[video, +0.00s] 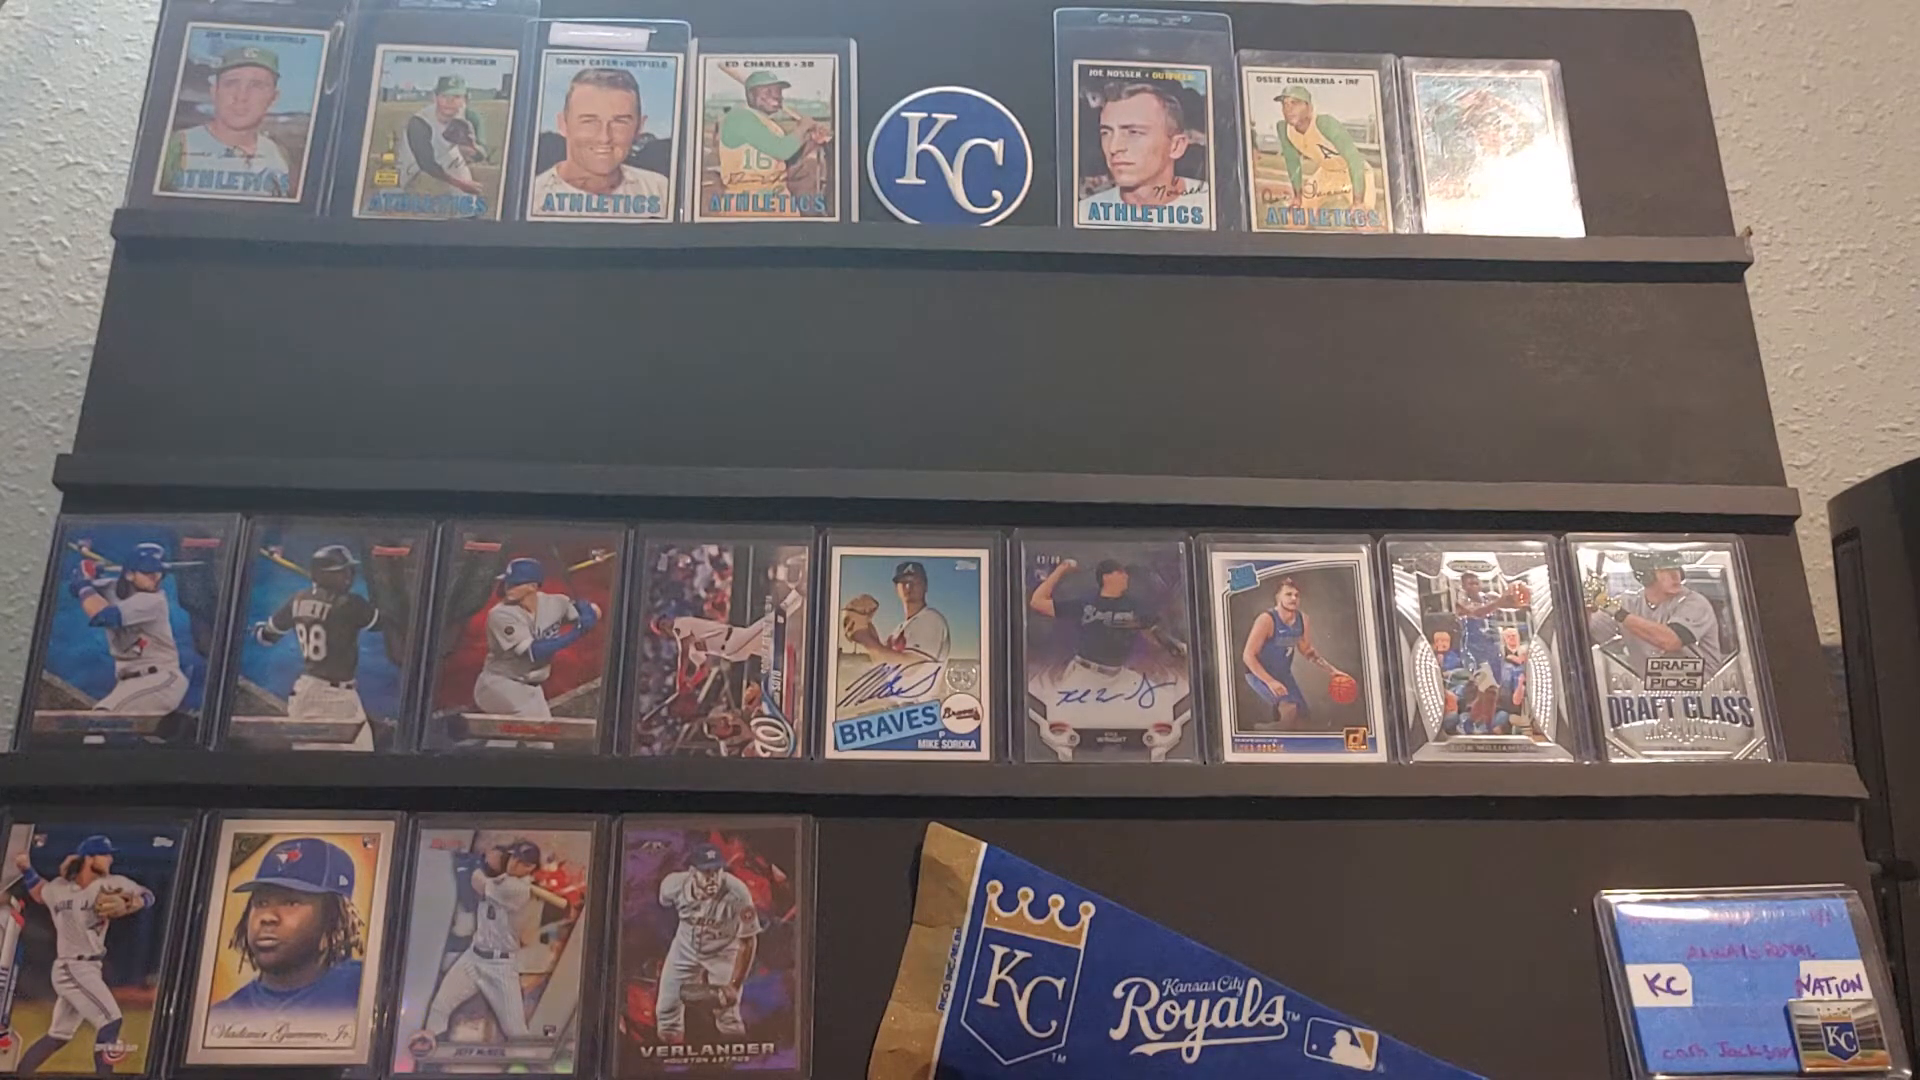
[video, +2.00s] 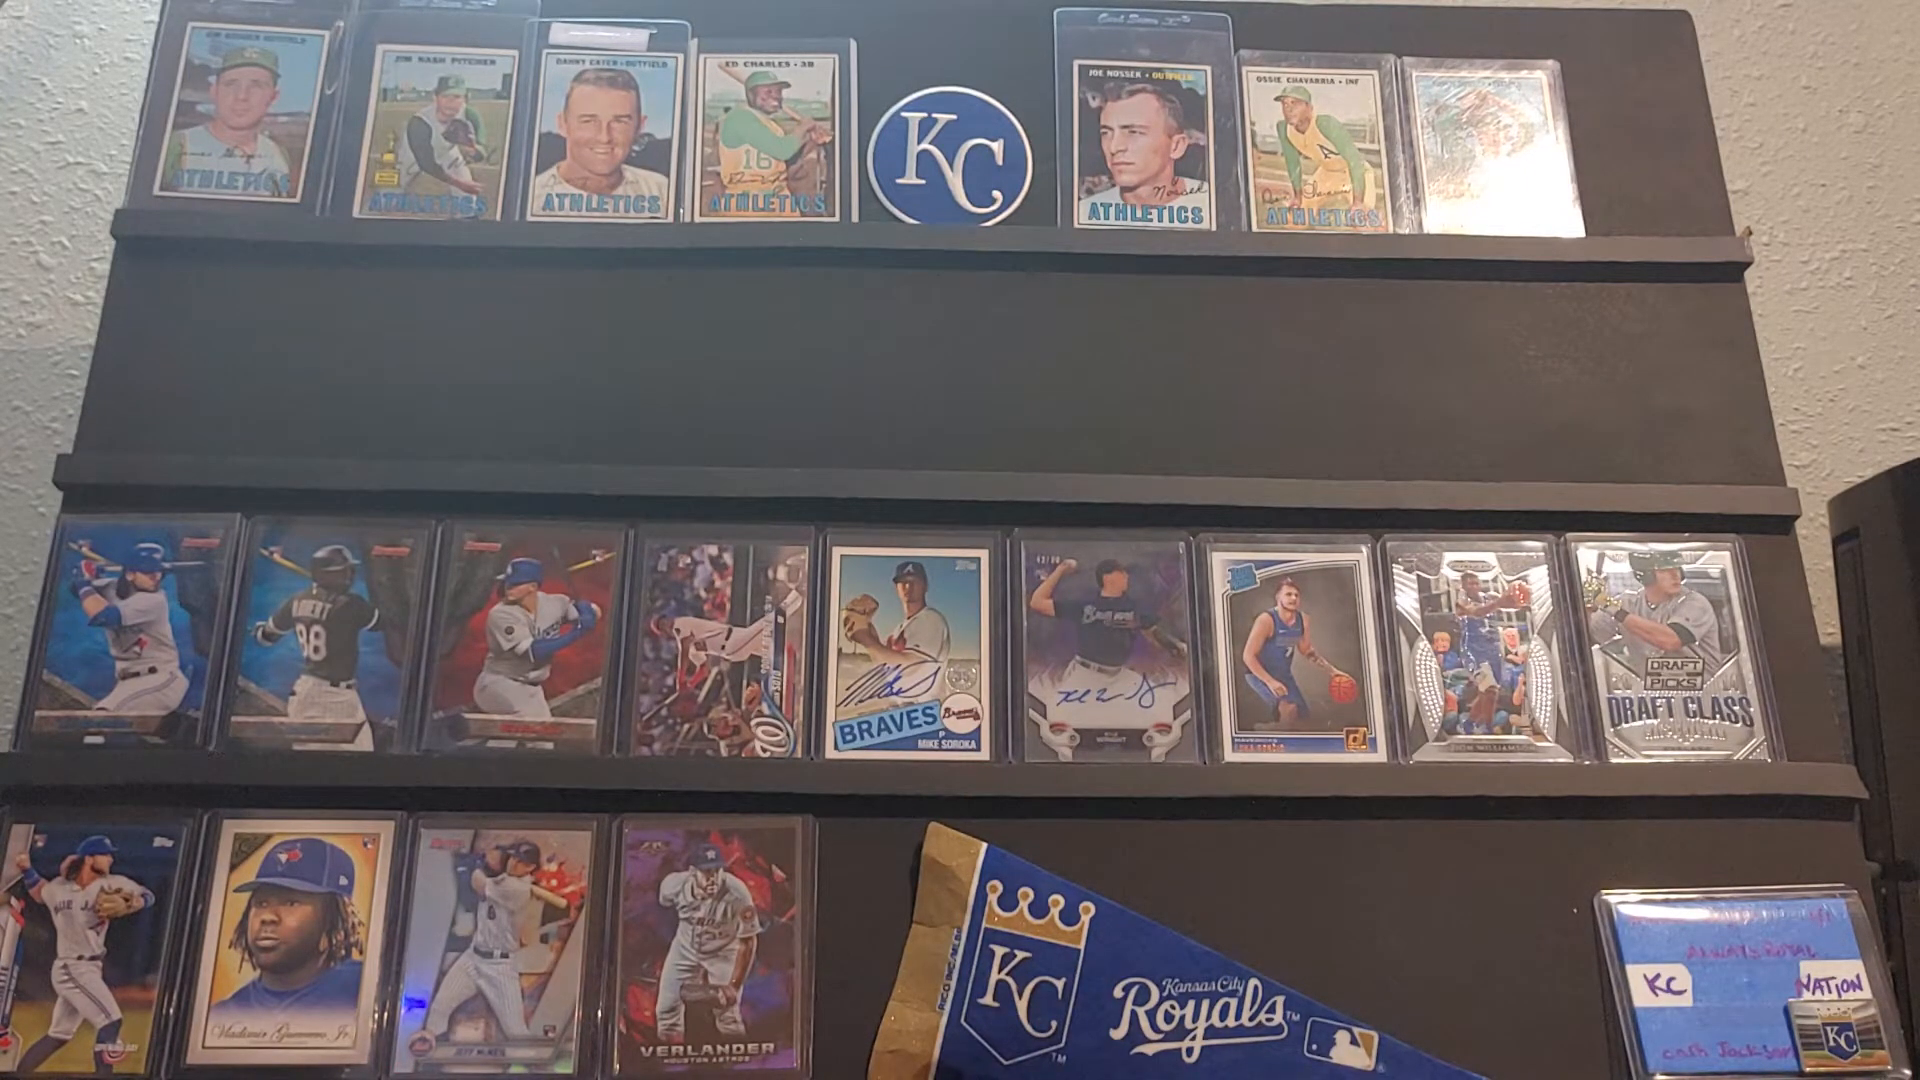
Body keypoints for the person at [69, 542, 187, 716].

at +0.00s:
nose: (155, 577)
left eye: (158, 572)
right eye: (147, 572)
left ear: (162, 573)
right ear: (130, 574)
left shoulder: (154, 600)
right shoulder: (114, 587)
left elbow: (105, 617)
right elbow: (79, 588)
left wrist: (83, 586)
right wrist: (87, 573)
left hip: (162, 679)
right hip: (129, 682)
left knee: (101, 716)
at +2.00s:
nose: (156, 577)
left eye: (159, 572)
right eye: (148, 572)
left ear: (162, 572)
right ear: (130, 574)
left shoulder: (154, 600)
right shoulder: (113, 588)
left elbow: (104, 617)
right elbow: (79, 588)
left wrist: (82, 585)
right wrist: (88, 573)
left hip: (163, 679)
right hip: (129, 682)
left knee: (100, 717)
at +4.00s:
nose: (156, 577)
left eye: (158, 572)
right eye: (148, 572)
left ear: (162, 573)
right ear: (130, 575)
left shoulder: (155, 600)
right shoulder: (113, 588)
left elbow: (105, 617)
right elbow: (78, 588)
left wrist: (83, 585)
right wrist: (88, 573)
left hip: (162, 680)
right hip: (130, 681)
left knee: (99, 717)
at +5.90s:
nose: (155, 576)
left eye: (158, 571)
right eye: (148, 571)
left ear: (162, 573)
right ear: (130, 575)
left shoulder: (154, 600)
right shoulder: (114, 589)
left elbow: (105, 617)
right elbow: (80, 589)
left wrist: (83, 586)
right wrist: (87, 574)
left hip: (162, 679)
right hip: (130, 682)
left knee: (99, 717)